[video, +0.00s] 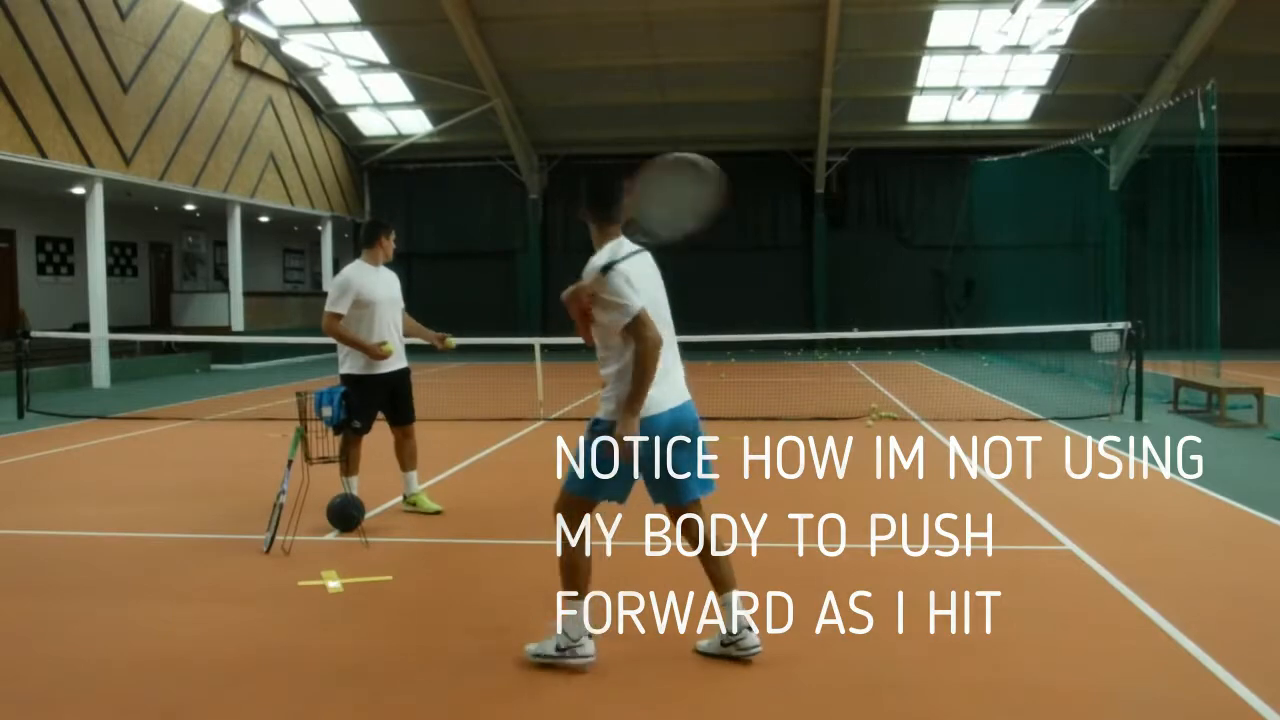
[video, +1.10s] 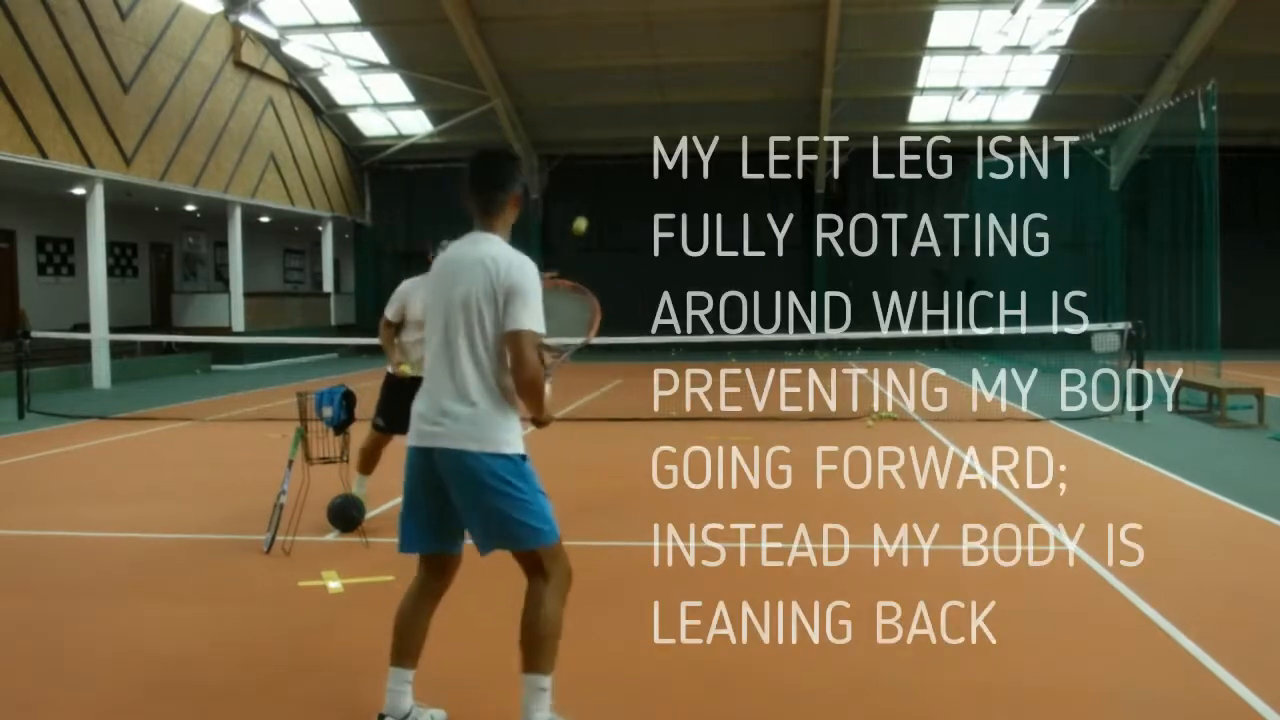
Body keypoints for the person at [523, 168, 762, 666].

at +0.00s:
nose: (580, 214)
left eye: (580, 207)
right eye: (617, 202)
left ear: (582, 212)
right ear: (624, 208)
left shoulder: (606, 274)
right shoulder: (642, 259)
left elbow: (651, 339)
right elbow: (605, 341)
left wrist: (629, 415)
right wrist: (582, 314)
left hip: (624, 420)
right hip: (676, 413)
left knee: (570, 510)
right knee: (691, 520)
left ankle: (573, 633)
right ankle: (738, 626)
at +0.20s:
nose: (570, 221)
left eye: (547, 213)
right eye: (587, 212)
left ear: (544, 219)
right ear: (592, 217)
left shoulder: (546, 278)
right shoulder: (612, 271)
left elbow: (567, 359)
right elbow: (601, 334)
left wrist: (555, 439)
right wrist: (536, 349)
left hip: (579, 437)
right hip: (634, 428)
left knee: (537, 548)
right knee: (669, 529)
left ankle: (569, 678)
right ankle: (731, 627)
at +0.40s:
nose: (562, 189)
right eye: (568, 180)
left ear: (524, 186)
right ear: (569, 187)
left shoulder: (503, 238)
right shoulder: (595, 250)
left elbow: (493, 319)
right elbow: (611, 336)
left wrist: (461, 396)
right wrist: (574, 368)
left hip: (527, 411)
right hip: (587, 407)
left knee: (522, 539)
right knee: (597, 524)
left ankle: (556, 670)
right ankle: (609, 655)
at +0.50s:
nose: (553, 194)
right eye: (558, 185)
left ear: (514, 190)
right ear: (558, 192)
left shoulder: (487, 244)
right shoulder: (584, 255)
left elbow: (466, 322)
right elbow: (610, 337)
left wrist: (429, 385)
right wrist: (573, 386)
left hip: (504, 422)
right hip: (568, 421)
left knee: (485, 541)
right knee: (567, 536)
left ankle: (508, 673)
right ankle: (575, 673)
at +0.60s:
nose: (540, 211)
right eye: (542, 202)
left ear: (495, 209)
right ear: (542, 209)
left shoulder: (466, 265)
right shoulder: (567, 273)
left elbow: (438, 345)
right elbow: (611, 355)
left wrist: (406, 400)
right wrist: (586, 404)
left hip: (477, 434)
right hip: (547, 434)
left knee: (444, 554)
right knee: (562, 545)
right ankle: (574, 677)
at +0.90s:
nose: (510, 204)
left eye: (506, 196)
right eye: (511, 196)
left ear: (459, 198)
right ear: (503, 198)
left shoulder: (423, 256)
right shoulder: (514, 263)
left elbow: (400, 341)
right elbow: (527, 359)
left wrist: (444, 369)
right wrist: (531, 404)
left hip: (426, 433)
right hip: (492, 433)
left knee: (421, 568)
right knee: (543, 557)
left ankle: (395, 704)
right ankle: (573, 682)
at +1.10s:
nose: (521, 205)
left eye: (518, 197)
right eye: (521, 197)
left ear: (470, 200)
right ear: (515, 201)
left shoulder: (443, 261)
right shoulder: (514, 266)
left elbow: (438, 346)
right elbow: (525, 366)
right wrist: (539, 411)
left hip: (428, 441)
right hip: (485, 446)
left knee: (435, 569)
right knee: (551, 571)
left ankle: (396, 703)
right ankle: (537, 709)